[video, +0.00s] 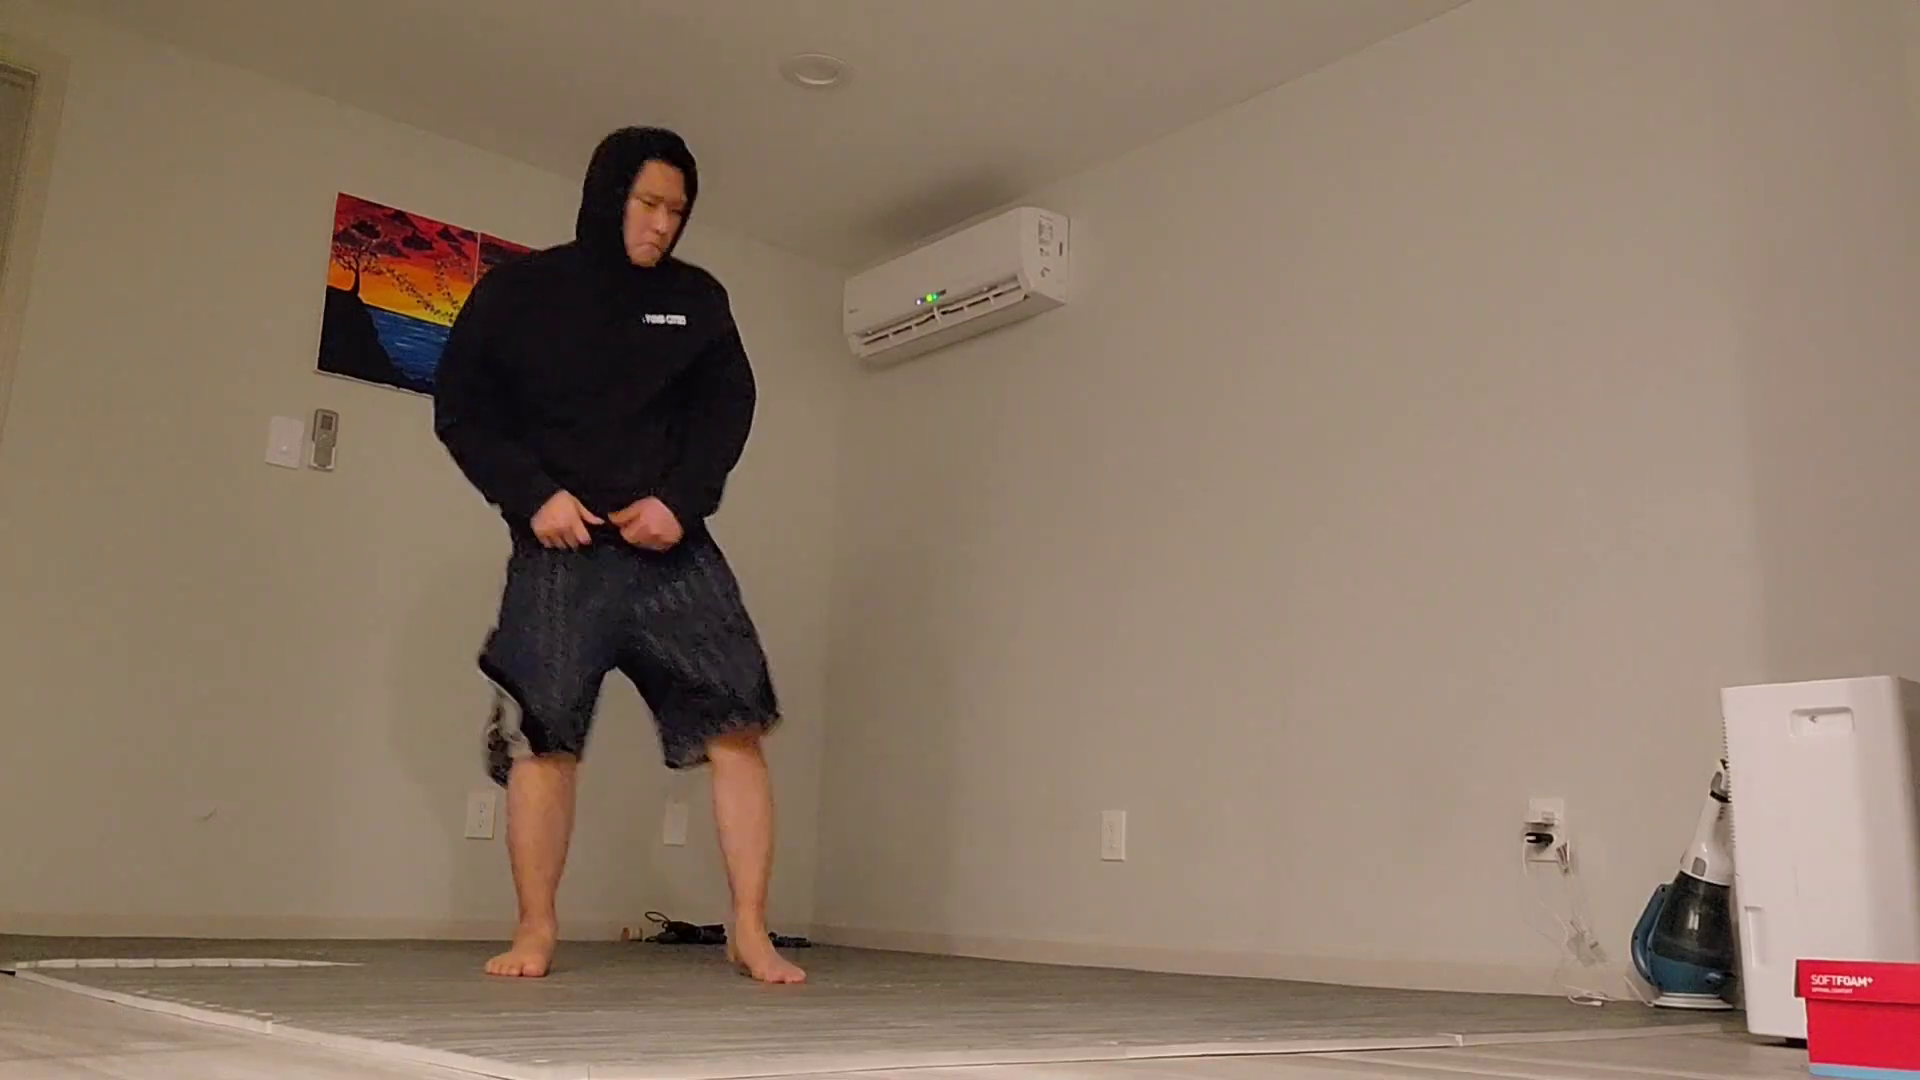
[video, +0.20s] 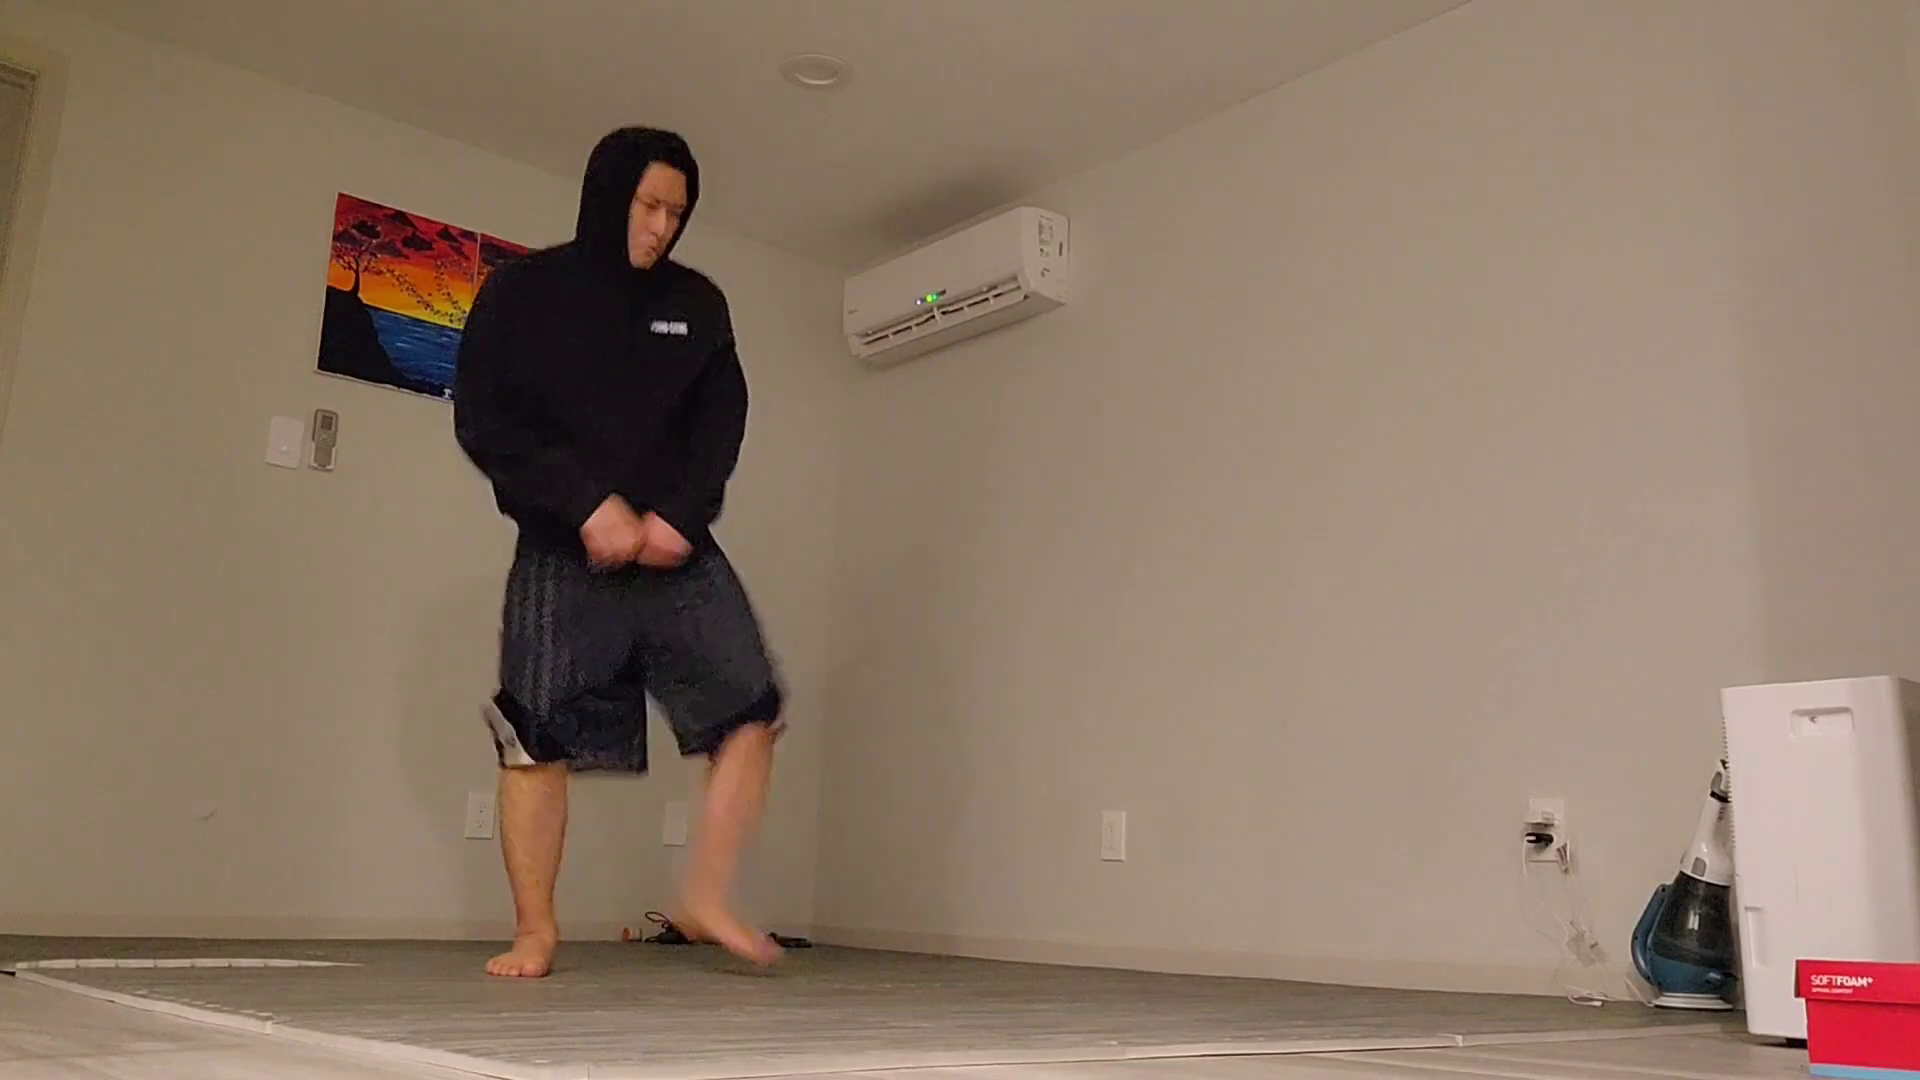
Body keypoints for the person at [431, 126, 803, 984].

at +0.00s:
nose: (665, 223)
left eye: (677, 208)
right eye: (651, 202)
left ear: (686, 215)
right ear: (604, 196)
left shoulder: (696, 299)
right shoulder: (517, 290)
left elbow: (729, 405)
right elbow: (458, 410)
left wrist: (681, 499)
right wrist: (533, 495)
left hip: (675, 549)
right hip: (561, 548)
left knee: (736, 728)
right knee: (545, 740)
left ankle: (750, 930)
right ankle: (534, 930)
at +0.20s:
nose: (663, 226)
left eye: (676, 211)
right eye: (650, 205)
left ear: (685, 216)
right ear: (604, 196)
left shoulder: (695, 302)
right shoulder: (520, 291)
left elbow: (721, 415)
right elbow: (484, 422)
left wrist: (682, 509)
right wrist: (584, 503)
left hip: (676, 547)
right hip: (559, 550)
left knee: (750, 713)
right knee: (537, 737)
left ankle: (706, 898)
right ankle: (534, 933)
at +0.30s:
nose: (673, 201)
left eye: (688, 186)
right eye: (661, 179)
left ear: (699, 192)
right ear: (618, 169)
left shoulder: (706, 278)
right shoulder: (531, 259)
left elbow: (722, 394)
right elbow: (491, 394)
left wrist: (667, 483)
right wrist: (592, 470)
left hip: (671, 523)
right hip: (559, 525)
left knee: (763, 660)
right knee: (546, 729)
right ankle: (533, 933)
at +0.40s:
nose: (690, 188)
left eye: (707, 175)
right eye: (678, 166)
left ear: (717, 180)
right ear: (636, 155)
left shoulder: (717, 266)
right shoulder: (544, 235)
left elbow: (728, 388)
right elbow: (490, 367)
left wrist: (667, 453)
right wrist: (584, 450)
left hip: (662, 500)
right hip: (559, 495)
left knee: (762, 655)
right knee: (549, 693)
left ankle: (625, 784)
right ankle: (471, 907)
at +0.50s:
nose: (708, 215)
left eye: (723, 202)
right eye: (698, 193)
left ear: (729, 209)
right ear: (654, 181)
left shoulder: (723, 293)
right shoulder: (559, 254)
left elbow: (737, 413)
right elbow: (482, 370)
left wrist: (675, 461)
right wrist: (581, 449)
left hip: (656, 531)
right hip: (560, 520)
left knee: (743, 699)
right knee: (525, 720)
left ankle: (691, 900)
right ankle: (414, 928)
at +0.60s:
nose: (726, 236)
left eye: (741, 225)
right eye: (717, 214)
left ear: (748, 234)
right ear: (676, 200)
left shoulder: (736, 320)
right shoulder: (582, 269)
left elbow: (733, 438)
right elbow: (498, 385)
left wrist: (681, 491)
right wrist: (584, 473)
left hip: (655, 557)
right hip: (559, 543)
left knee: (724, 732)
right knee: (512, 734)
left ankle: (702, 935)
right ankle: (413, 933)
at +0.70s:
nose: (768, 258)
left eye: (785, 247)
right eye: (760, 235)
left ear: (793, 252)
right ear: (723, 217)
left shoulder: (774, 338)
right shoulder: (620, 270)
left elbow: (739, 454)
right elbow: (537, 395)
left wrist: (675, 527)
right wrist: (598, 502)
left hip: (673, 545)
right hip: (570, 522)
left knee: (705, 732)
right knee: (537, 704)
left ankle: (697, 936)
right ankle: (441, 899)